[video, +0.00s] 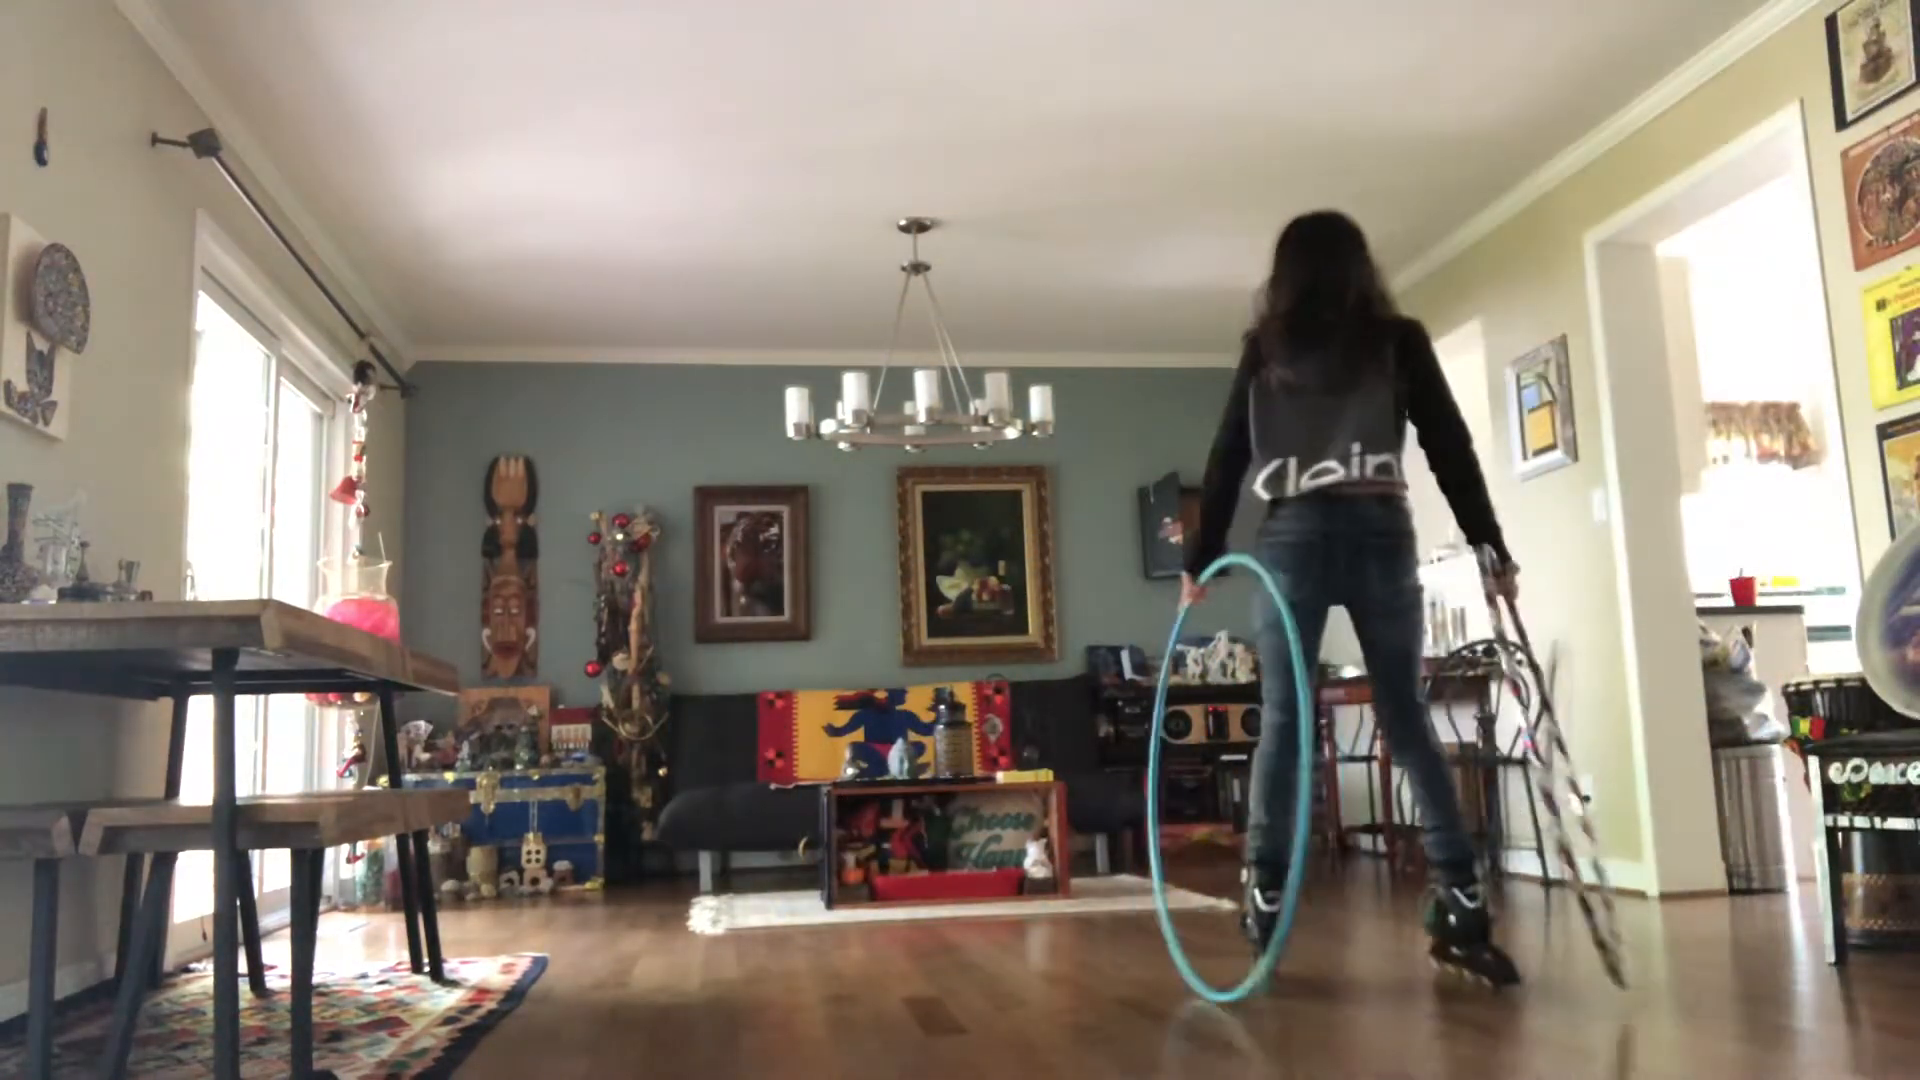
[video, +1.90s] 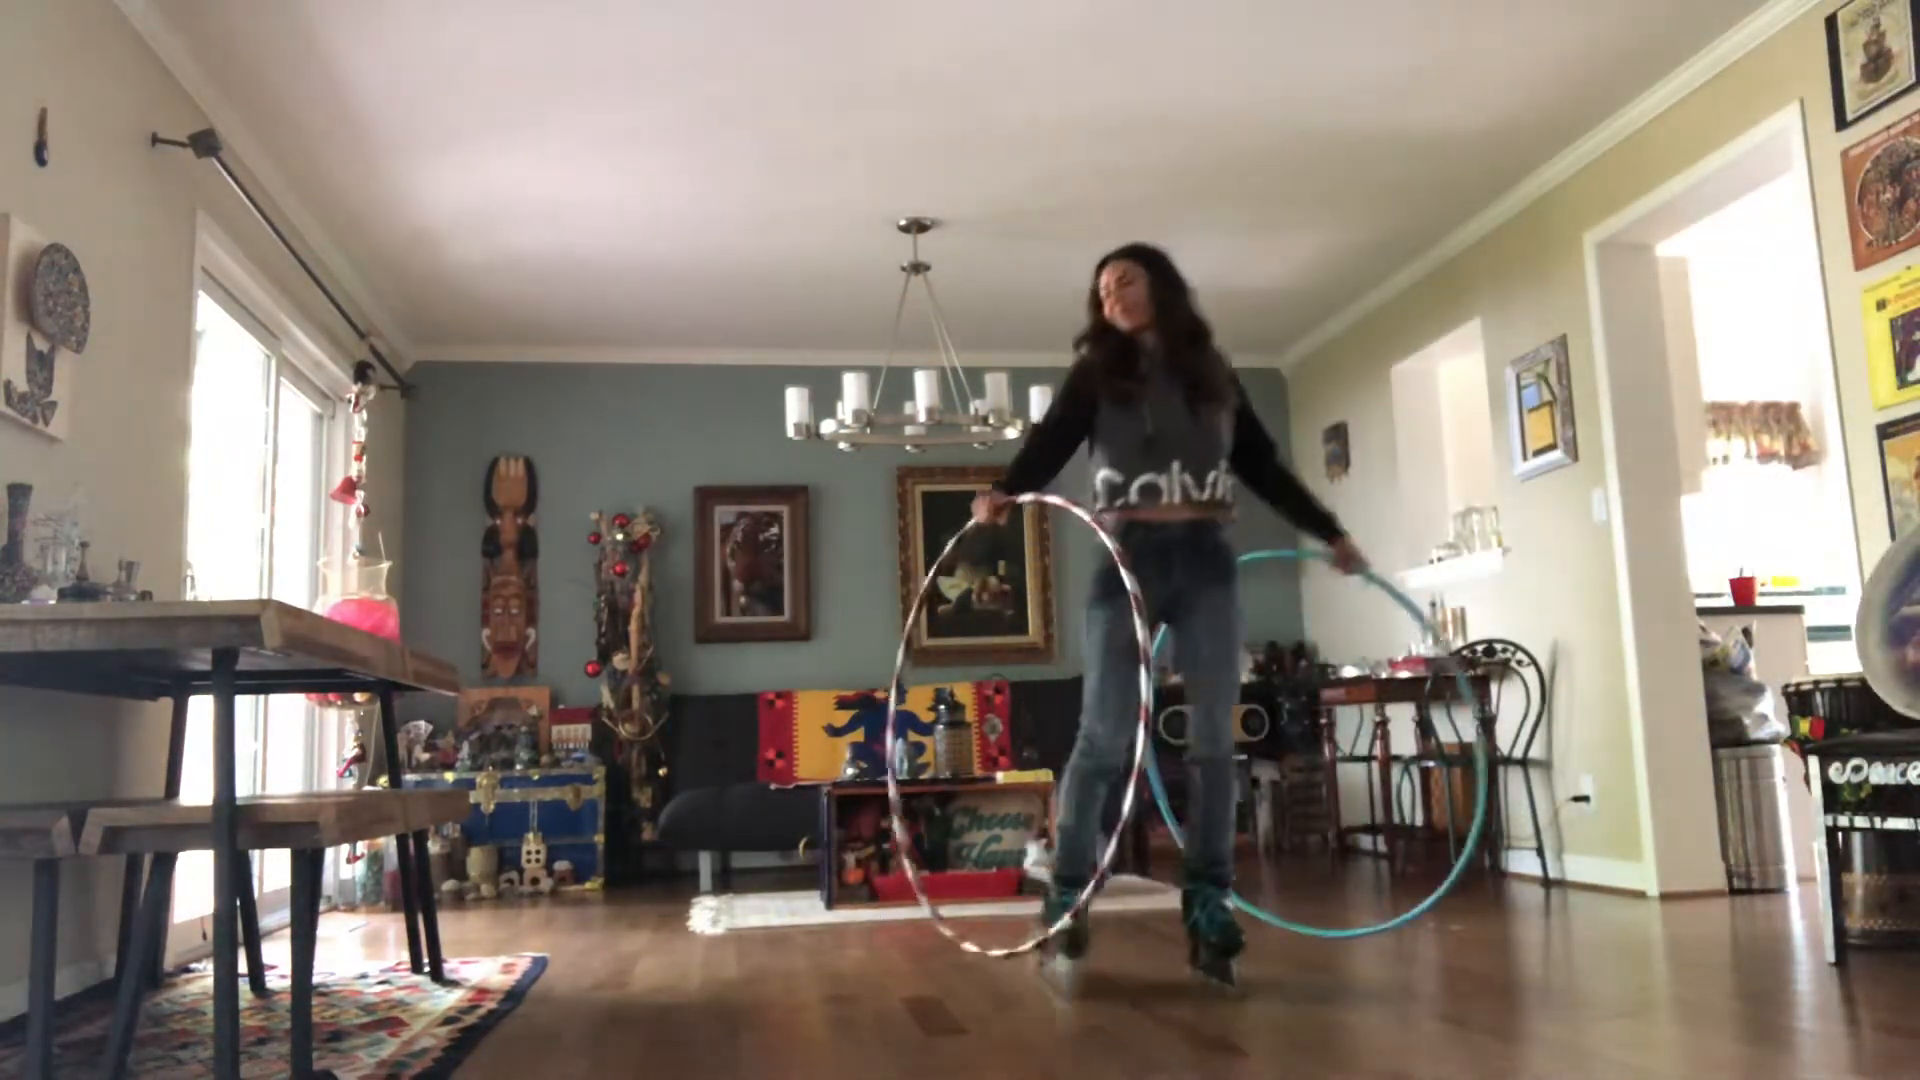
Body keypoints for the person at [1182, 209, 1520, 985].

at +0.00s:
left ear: (1284, 273)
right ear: (1364, 267)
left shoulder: (1264, 346)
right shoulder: (1400, 337)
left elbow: (1229, 456)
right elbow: (1447, 445)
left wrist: (1200, 557)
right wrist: (1490, 544)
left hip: (1289, 531)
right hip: (1383, 529)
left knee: (1283, 717)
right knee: (1405, 719)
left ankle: (1266, 894)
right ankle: (1460, 893)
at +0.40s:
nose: (1243, 324)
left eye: (1247, 312)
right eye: (1251, 310)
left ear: (1258, 314)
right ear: (1320, 311)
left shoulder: (1262, 374)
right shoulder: (1356, 380)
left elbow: (1260, 473)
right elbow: (1399, 481)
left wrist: (1229, 573)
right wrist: (1376, 557)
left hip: (1292, 548)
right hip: (1354, 548)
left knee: (1255, 723)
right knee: (1366, 735)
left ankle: (1292, 886)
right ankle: (1409, 894)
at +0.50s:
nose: (1231, 334)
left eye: (1236, 321)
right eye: (1234, 321)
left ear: (1250, 322)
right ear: (1299, 319)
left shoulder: (1266, 378)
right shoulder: (1326, 379)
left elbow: (1274, 478)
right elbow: (1357, 491)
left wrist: (1238, 572)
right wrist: (1328, 551)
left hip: (1290, 561)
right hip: (1332, 561)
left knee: (1237, 729)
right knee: (1336, 735)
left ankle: (1268, 887)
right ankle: (1384, 887)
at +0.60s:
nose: (1206, 334)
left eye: (1214, 323)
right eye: (1209, 323)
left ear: (1238, 330)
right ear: (1264, 327)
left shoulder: (1269, 391)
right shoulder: (1253, 392)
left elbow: (1297, 487)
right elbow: (1268, 492)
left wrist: (1255, 575)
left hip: (1284, 577)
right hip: (1289, 577)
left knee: (1218, 733)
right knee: (1304, 742)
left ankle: (1250, 878)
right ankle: (1347, 878)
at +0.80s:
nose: (1168, 356)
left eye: (1177, 344)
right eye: (1169, 343)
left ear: (1209, 346)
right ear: (1192, 346)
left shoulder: (1252, 402)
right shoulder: (1192, 415)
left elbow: (1296, 494)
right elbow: (1184, 512)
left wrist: (1299, 580)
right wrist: (1157, 580)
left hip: (1240, 569)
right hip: (1204, 573)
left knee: (1187, 726)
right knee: (1217, 734)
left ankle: (1224, 867)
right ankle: (1241, 880)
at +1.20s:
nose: (1103, 353)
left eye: (1113, 341)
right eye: (1097, 343)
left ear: (1145, 340)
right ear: (1096, 349)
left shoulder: (1187, 403)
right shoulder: (1096, 417)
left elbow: (1232, 490)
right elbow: (1072, 507)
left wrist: (1240, 578)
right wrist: (1033, 570)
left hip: (1175, 568)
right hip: (1110, 572)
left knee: (1152, 726)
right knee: (1106, 734)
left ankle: (1198, 880)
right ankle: (1117, 883)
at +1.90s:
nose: (1116, 297)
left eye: (1127, 282)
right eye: (1106, 291)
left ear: (1163, 287)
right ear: (1101, 308)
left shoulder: (1209, 372)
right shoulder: (1097, 372)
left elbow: (1257, 461)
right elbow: (1054, 438)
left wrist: (1329, 531)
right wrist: (1007, 490)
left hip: (1205, 556)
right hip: (1126, 558)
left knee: (1214, 738)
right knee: (1106, 734)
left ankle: (1211, 903)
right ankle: (1067, 902)